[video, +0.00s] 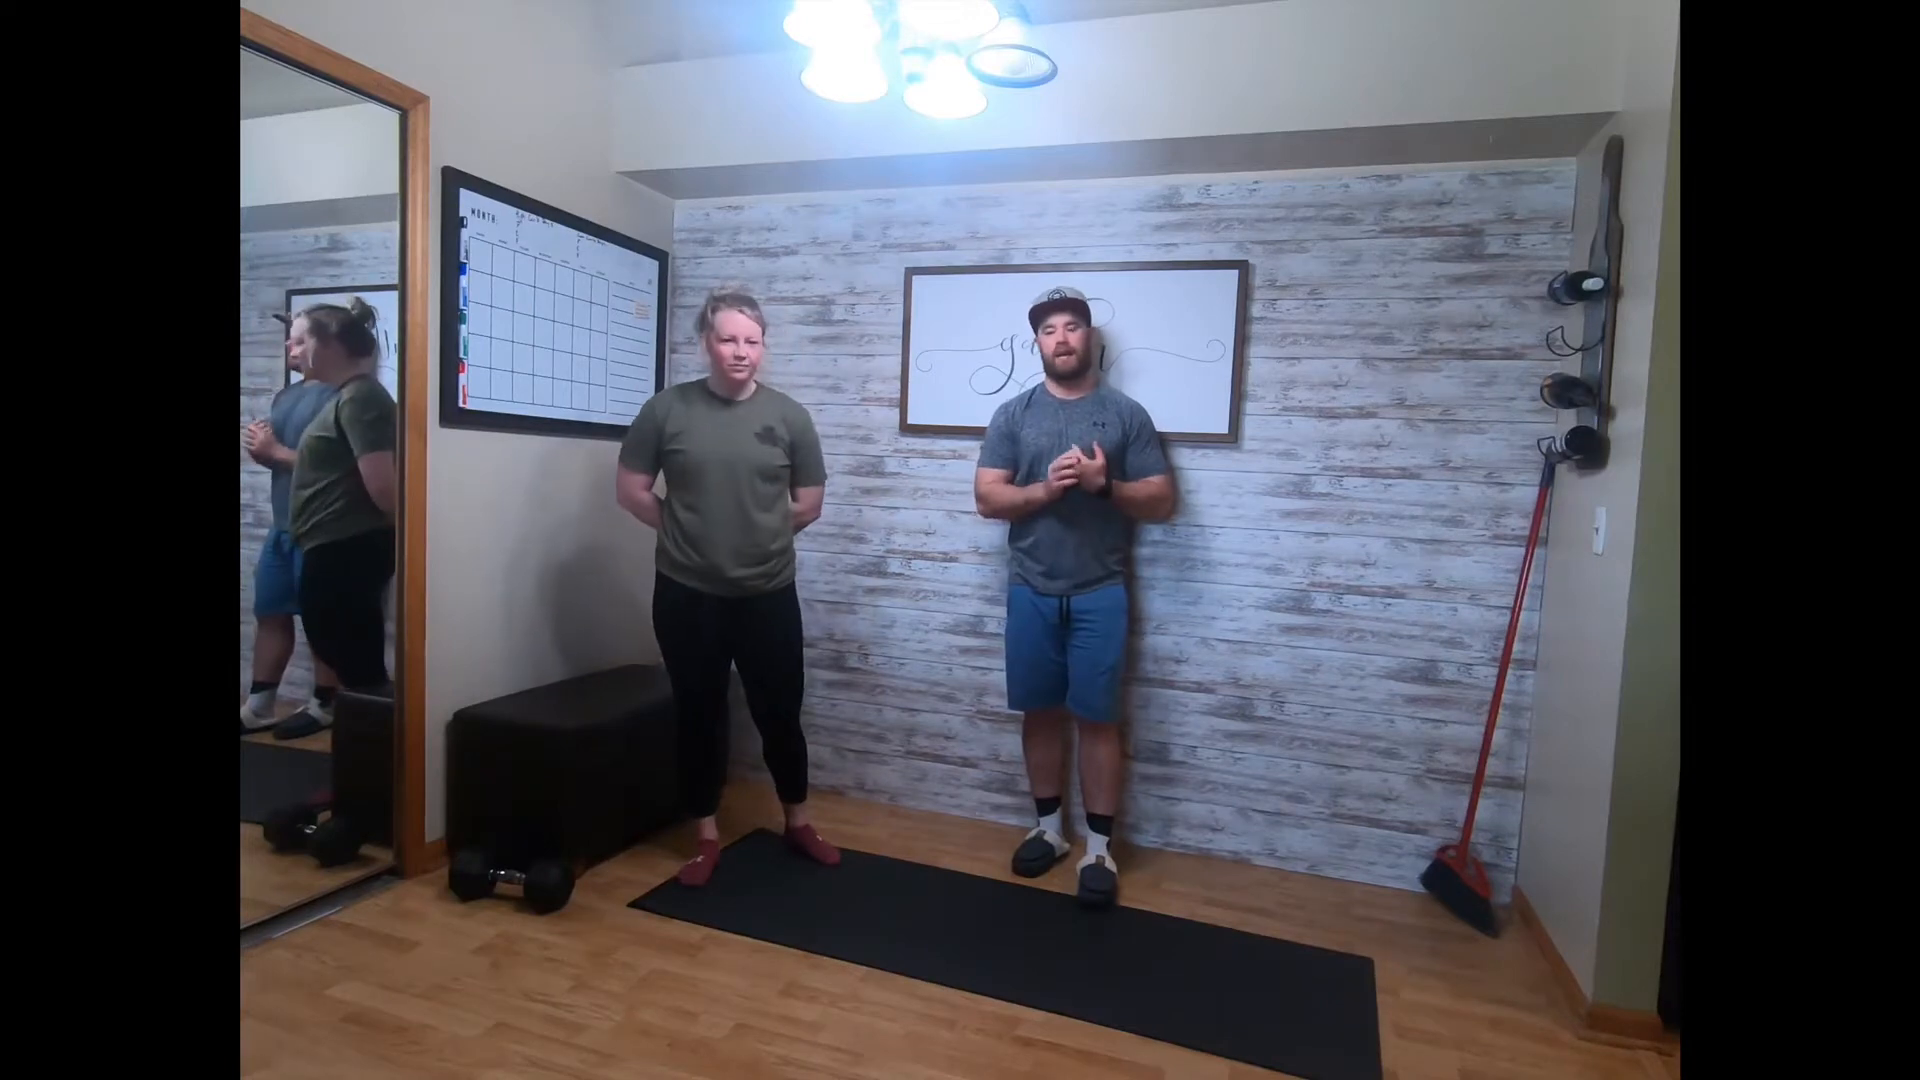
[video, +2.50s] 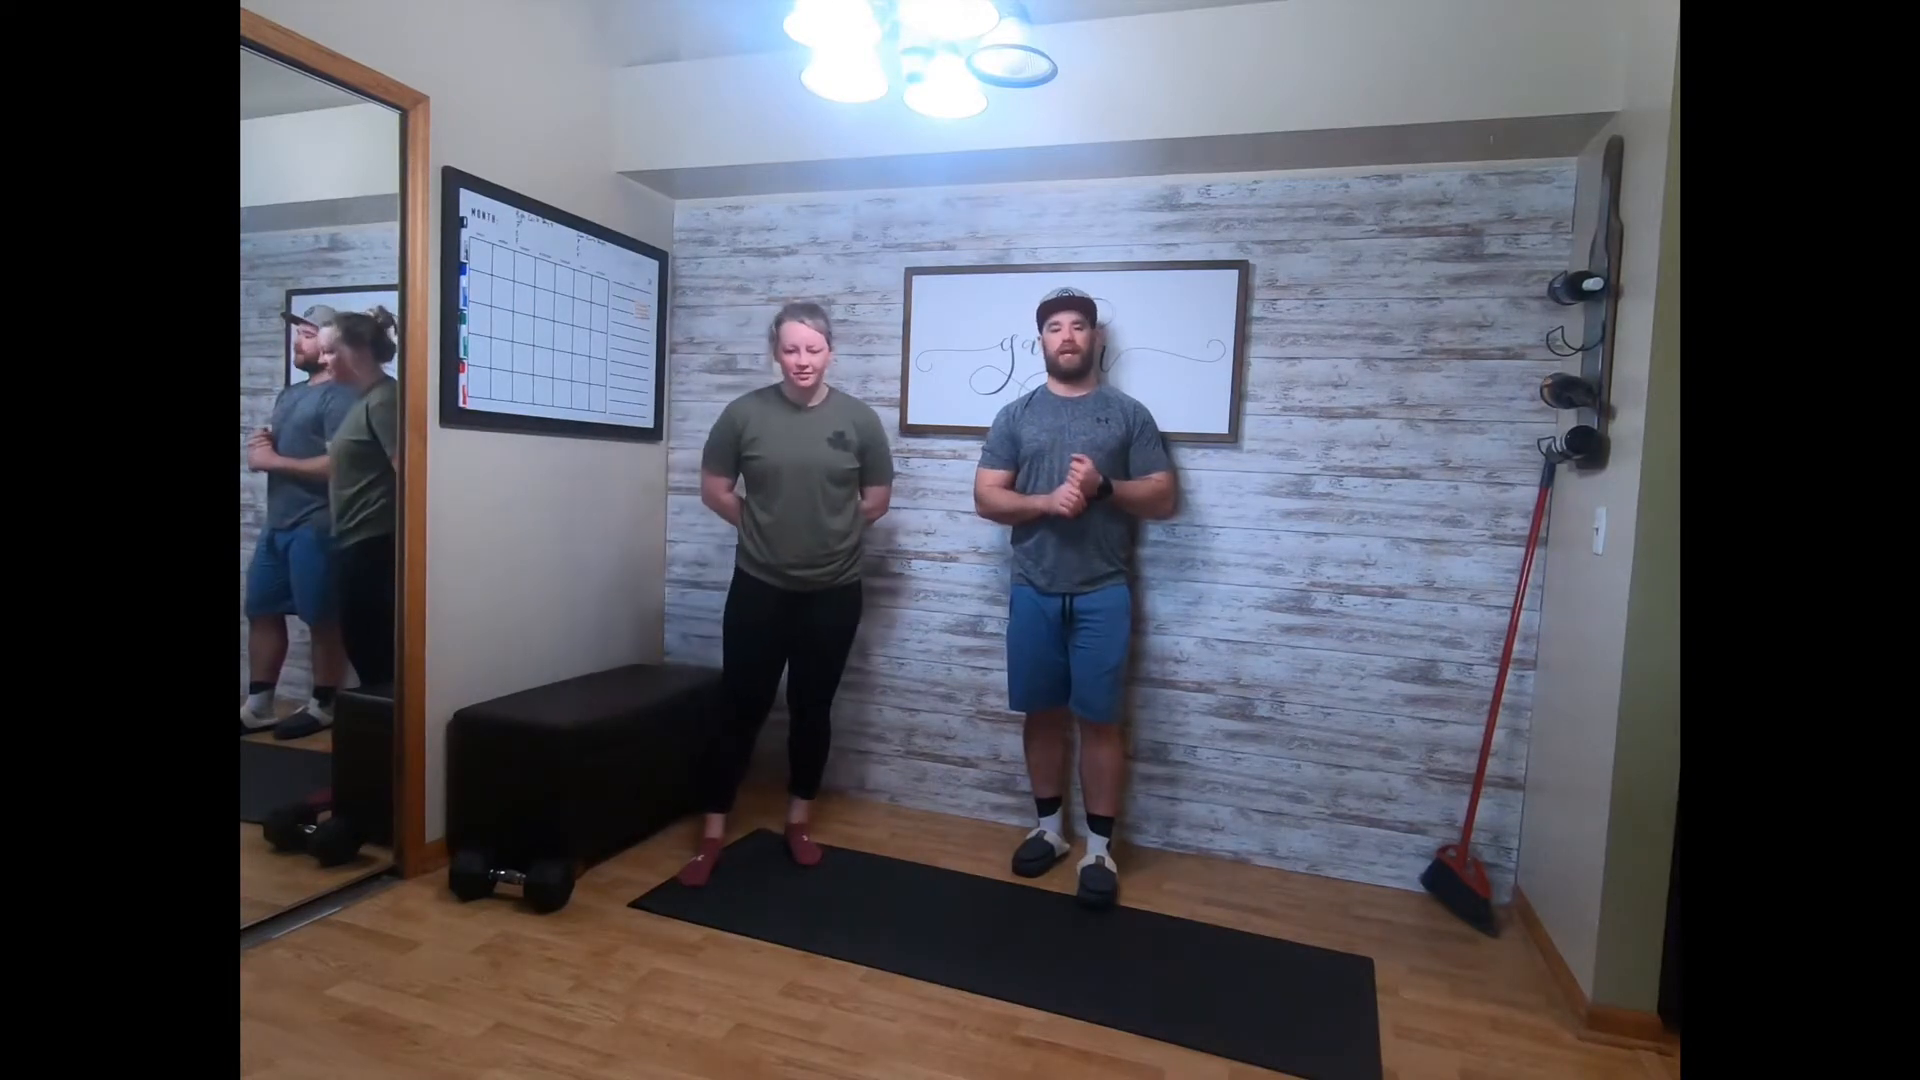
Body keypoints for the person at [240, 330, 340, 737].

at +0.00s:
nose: (291, 349)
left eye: (298, 341)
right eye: (289, 342)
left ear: (323, 343)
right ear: (290, 348)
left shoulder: (339, 396)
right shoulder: (285, 396)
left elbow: (330, 464)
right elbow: (277, 455)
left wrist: (276, 452)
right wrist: (262, 440)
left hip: (322, 531)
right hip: (283, 528)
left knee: (321, 622)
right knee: (272, 613)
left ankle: (325, 706)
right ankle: (260, 704)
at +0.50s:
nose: (295, 340)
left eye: (305, 332)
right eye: (295, 333)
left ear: (329, 343)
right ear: (296, 344)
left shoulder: (339, 396)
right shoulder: (286, 397)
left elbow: (324, 465)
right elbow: (286, 455)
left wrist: (272, 451)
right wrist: (267, 443)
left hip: (317, 530)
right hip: (279, 527)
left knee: (319, 621)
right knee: (266, 612)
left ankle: (324, 706)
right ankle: (259, 704)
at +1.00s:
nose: (297, 339)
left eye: (306, 332)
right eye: (297, 332)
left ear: (328, 344)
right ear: (298, 344)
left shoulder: (335, 396)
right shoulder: (288, 395)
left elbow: (328, 467)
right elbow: (285, 449)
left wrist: (273, 454)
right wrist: (267, 444)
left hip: (315, 528)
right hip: (279, 526)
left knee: (321, 620)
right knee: (267, 612)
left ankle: (324, 706)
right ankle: (260, 703)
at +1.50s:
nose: (300, 340)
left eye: (309, 333)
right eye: (301, 332)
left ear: (331, 343)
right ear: (301, 344)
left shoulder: (340, 395)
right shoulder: (292, 395)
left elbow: (329, 467)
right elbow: (277, 443)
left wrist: (273, 454)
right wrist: (267, 440)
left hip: (316, 526)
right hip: (280, 526)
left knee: (321, 619)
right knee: (266, 611)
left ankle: (324, 706)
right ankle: (259, 704)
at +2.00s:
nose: (300, 340)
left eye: (310, 335)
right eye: (301, 333)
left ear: (331, 347)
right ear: (302, 343)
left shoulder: (342, 394)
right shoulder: (289, 395)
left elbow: (337, 464)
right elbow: (278, 443)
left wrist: (275, 458)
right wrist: (267, 443)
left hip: (319, 524)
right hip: (280, 524)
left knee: (322, 618)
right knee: (265, 610)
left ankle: (324, 707)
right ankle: (259, 704)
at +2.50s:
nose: (298, 339)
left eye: (308, 333)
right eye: (298, 332)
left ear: (329, 344)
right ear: (299, 341)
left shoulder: (342, 397)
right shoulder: (289, 395)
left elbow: (339, 465)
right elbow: (278, 443)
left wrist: (275, 461)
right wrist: (264, 441)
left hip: (319, 525)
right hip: (278, 524)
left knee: (322, 619)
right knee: (263, 610)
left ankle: (323, 707)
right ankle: (260, 703)